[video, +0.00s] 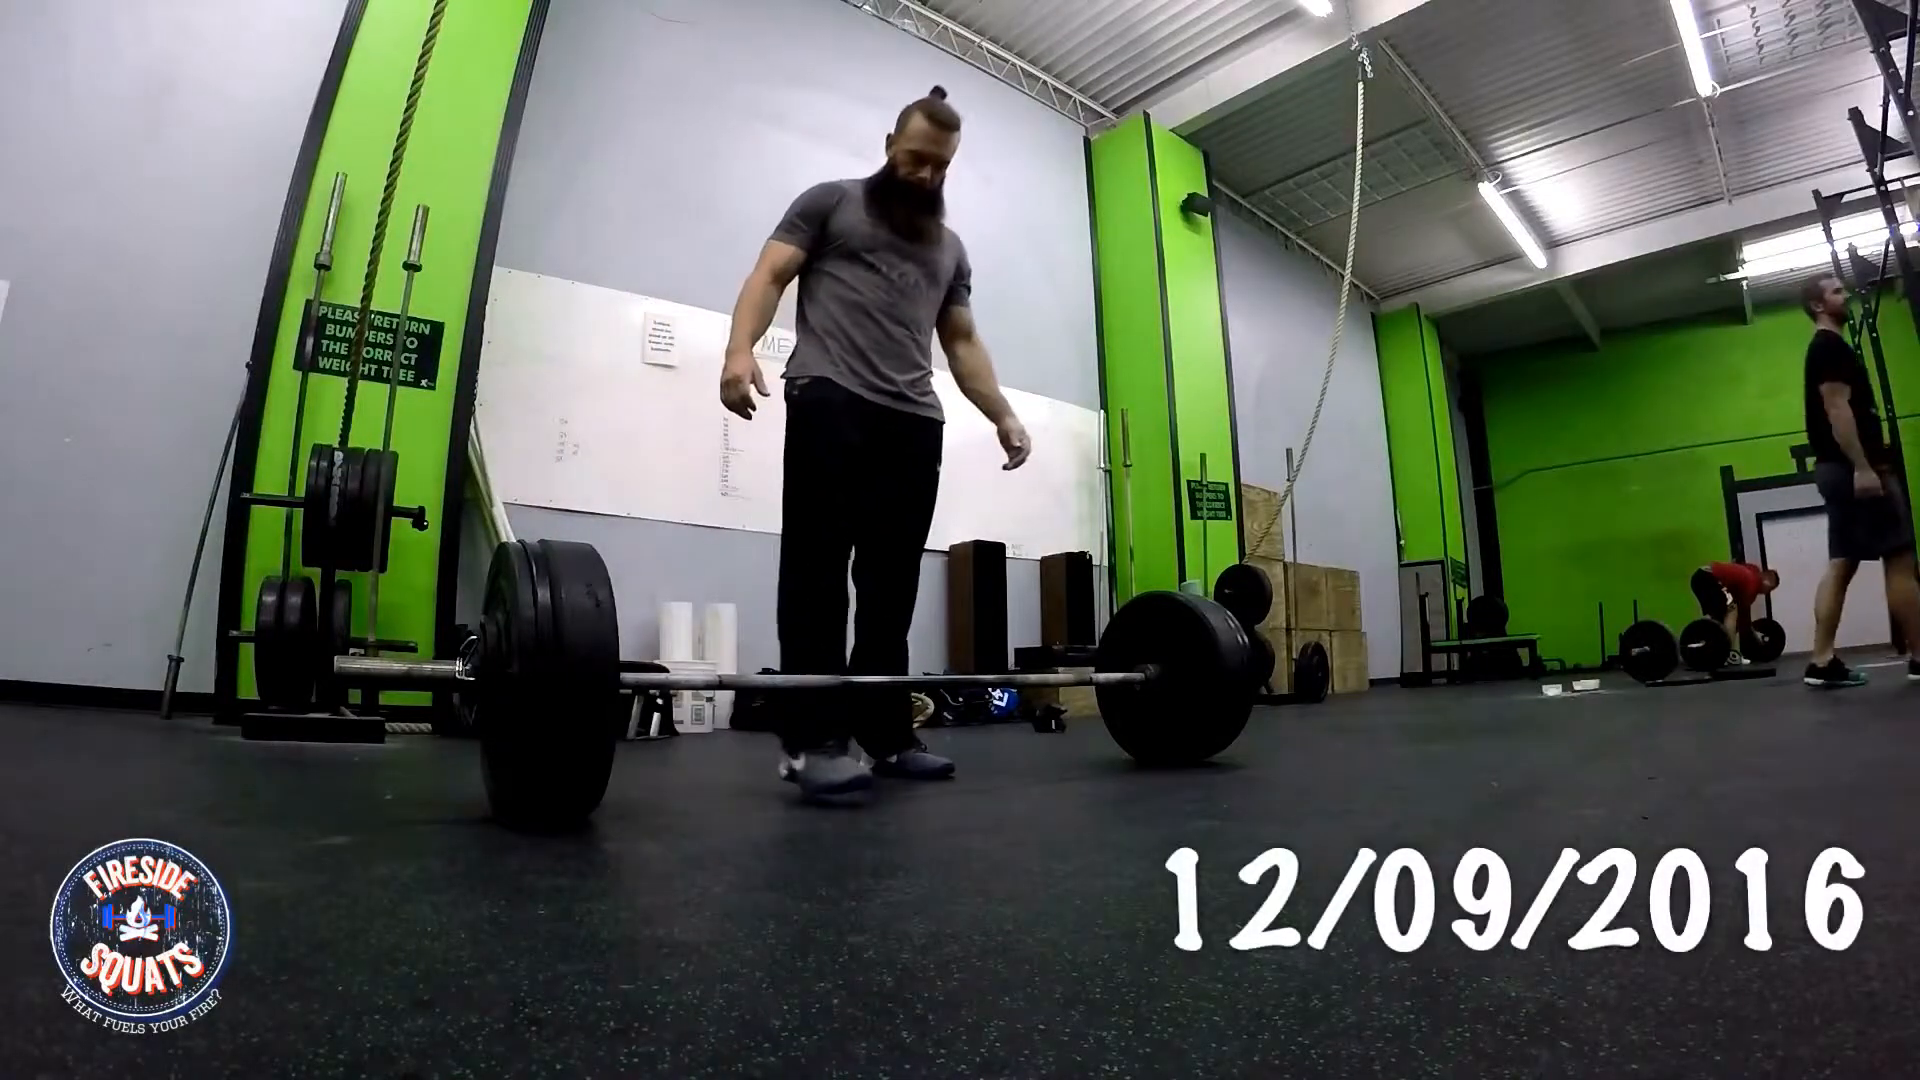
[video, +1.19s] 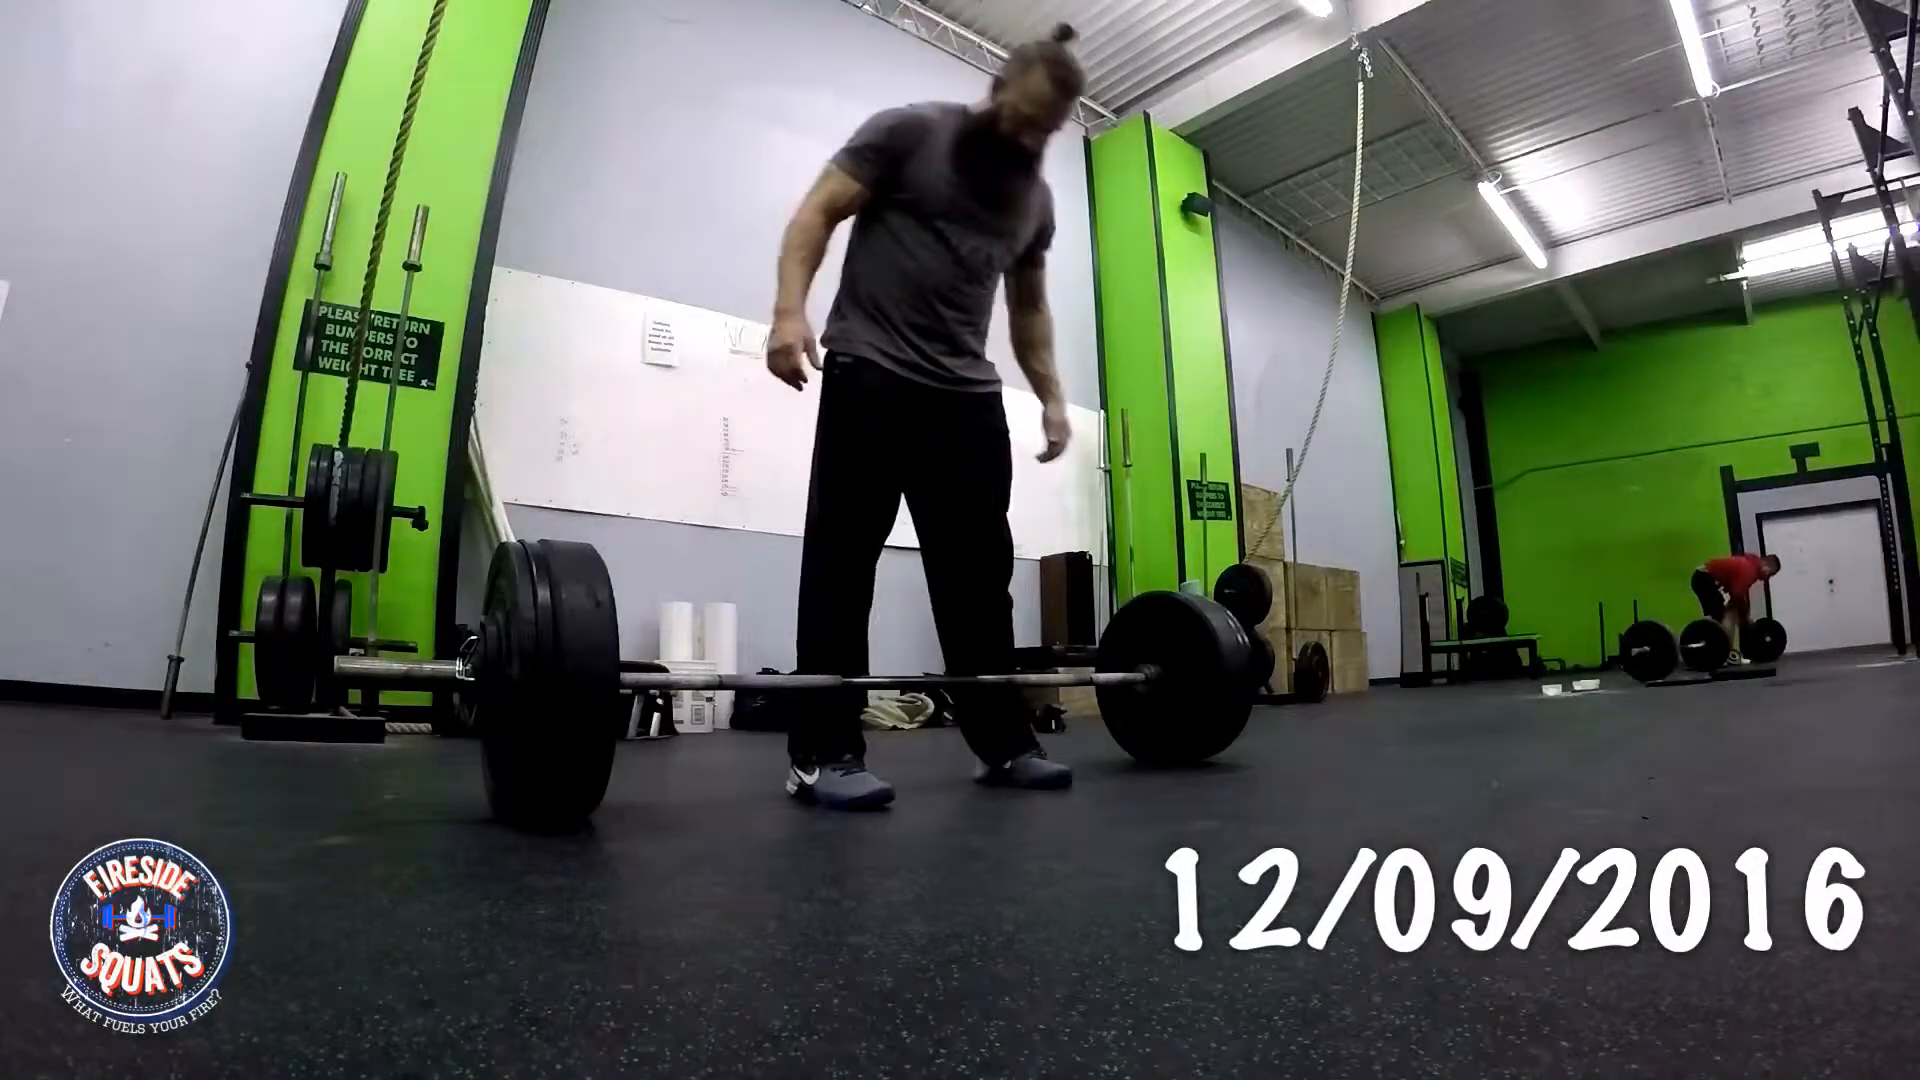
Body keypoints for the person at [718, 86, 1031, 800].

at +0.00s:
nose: (926, 174)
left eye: (939, 164)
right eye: (915, 158)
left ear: (951, 163)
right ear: (888, 146)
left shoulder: (949, 249)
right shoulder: (832, 202)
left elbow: (961, 341)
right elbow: (770, 275)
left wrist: (1003, 415)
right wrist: (739, 352)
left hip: (911, 420)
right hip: (828, 406)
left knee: (891, 582)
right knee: (814, 573)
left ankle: (885, 737)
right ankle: (812, 743)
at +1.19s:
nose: (1029, 136)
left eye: (1044, 127)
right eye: (1023, 116)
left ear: (1058, 122)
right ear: (995, 87)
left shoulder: (1033, 201)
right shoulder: (908, 134)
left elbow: (1029, 305)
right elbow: (817, 213)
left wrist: (1052, 397)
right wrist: (789, 315)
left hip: (964, 396)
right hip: (868, 378)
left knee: (978, 570)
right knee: (841, 565)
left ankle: (1004, 748)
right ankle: (824, 756)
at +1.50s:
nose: (1032, 136)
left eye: (1048, 128)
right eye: (1028, 115)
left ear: (1062, 124)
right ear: (1002, 82)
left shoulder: (1033, 201)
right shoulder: (911, 129)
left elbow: (1024, 306)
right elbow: (811, 211)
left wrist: (1048, 399)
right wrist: (795, 312)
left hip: (964, 397)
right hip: (867, 378)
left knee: (978, 572)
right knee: (840, 567)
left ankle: (1004, 748)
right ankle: (817, 758)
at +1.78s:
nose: (1002, 121)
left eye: (1017, 111)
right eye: (994, 103)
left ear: (1036, 101)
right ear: (967, 72)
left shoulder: (1011, 182)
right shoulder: (882, 123)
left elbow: (1000, 290)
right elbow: (789, 214)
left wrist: (1018, 387)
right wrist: (778, 314)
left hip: (959, 388)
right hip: (860, 373)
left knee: (982, 563)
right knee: (836, 563)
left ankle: (1006, 745)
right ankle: (818, 758)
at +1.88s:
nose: (1008, 126)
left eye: (1023, 116)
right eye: (1000, 108)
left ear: (1040, 104)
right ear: (973, 75)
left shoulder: (1017, 185)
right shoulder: (889, 126)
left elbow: (1009, 291)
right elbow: (797, 213)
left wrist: (1027, 389)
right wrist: (780, 312)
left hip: (963, 390)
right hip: (864, 374)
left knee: (982, 567)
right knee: (837, 564)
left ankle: (1007, 747)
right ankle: (818, 758)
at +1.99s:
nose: (1019, 131)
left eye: (1035, 123)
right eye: (1012, 112)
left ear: (1052, 116)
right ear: (987, 78)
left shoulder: (1029, 195)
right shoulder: (901, 131)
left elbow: (1022, 300)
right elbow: (812, 212)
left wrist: (1043, 397)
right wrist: (786, 314)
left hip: (967, 392)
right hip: (869, 376)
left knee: (988, 566)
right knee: (841, 561)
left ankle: (1005, 747)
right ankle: (820, 756)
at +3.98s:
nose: (956, 47)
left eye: (962, 43)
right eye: (937, 39)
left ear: (966, 74)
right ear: (897, 65)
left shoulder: (994, 173)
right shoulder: (865, 129)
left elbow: (1027, 274)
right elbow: (820, 216)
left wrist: (1090, 338)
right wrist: (829, 292)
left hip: (981, 387)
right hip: (883, 372)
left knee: (986, 569)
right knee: (851, 564)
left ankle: (1001, 746)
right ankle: (822, 758)